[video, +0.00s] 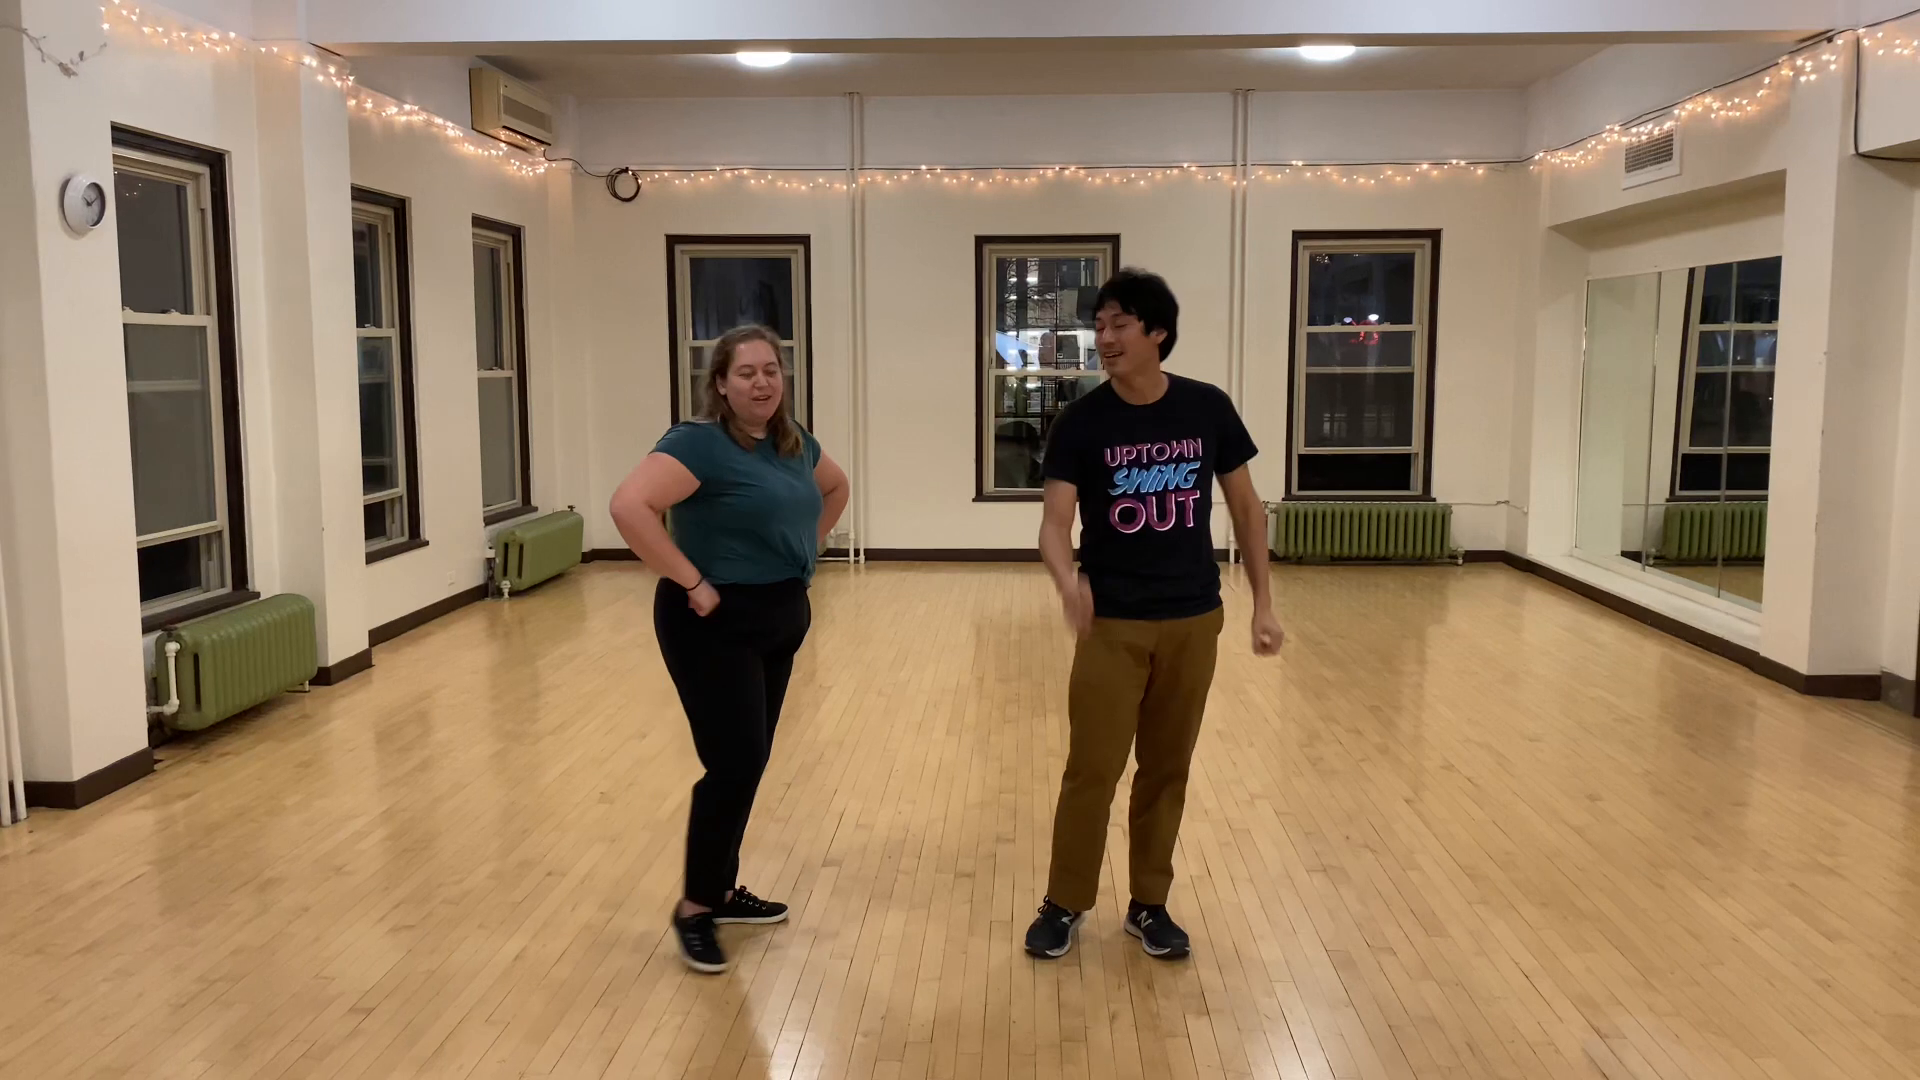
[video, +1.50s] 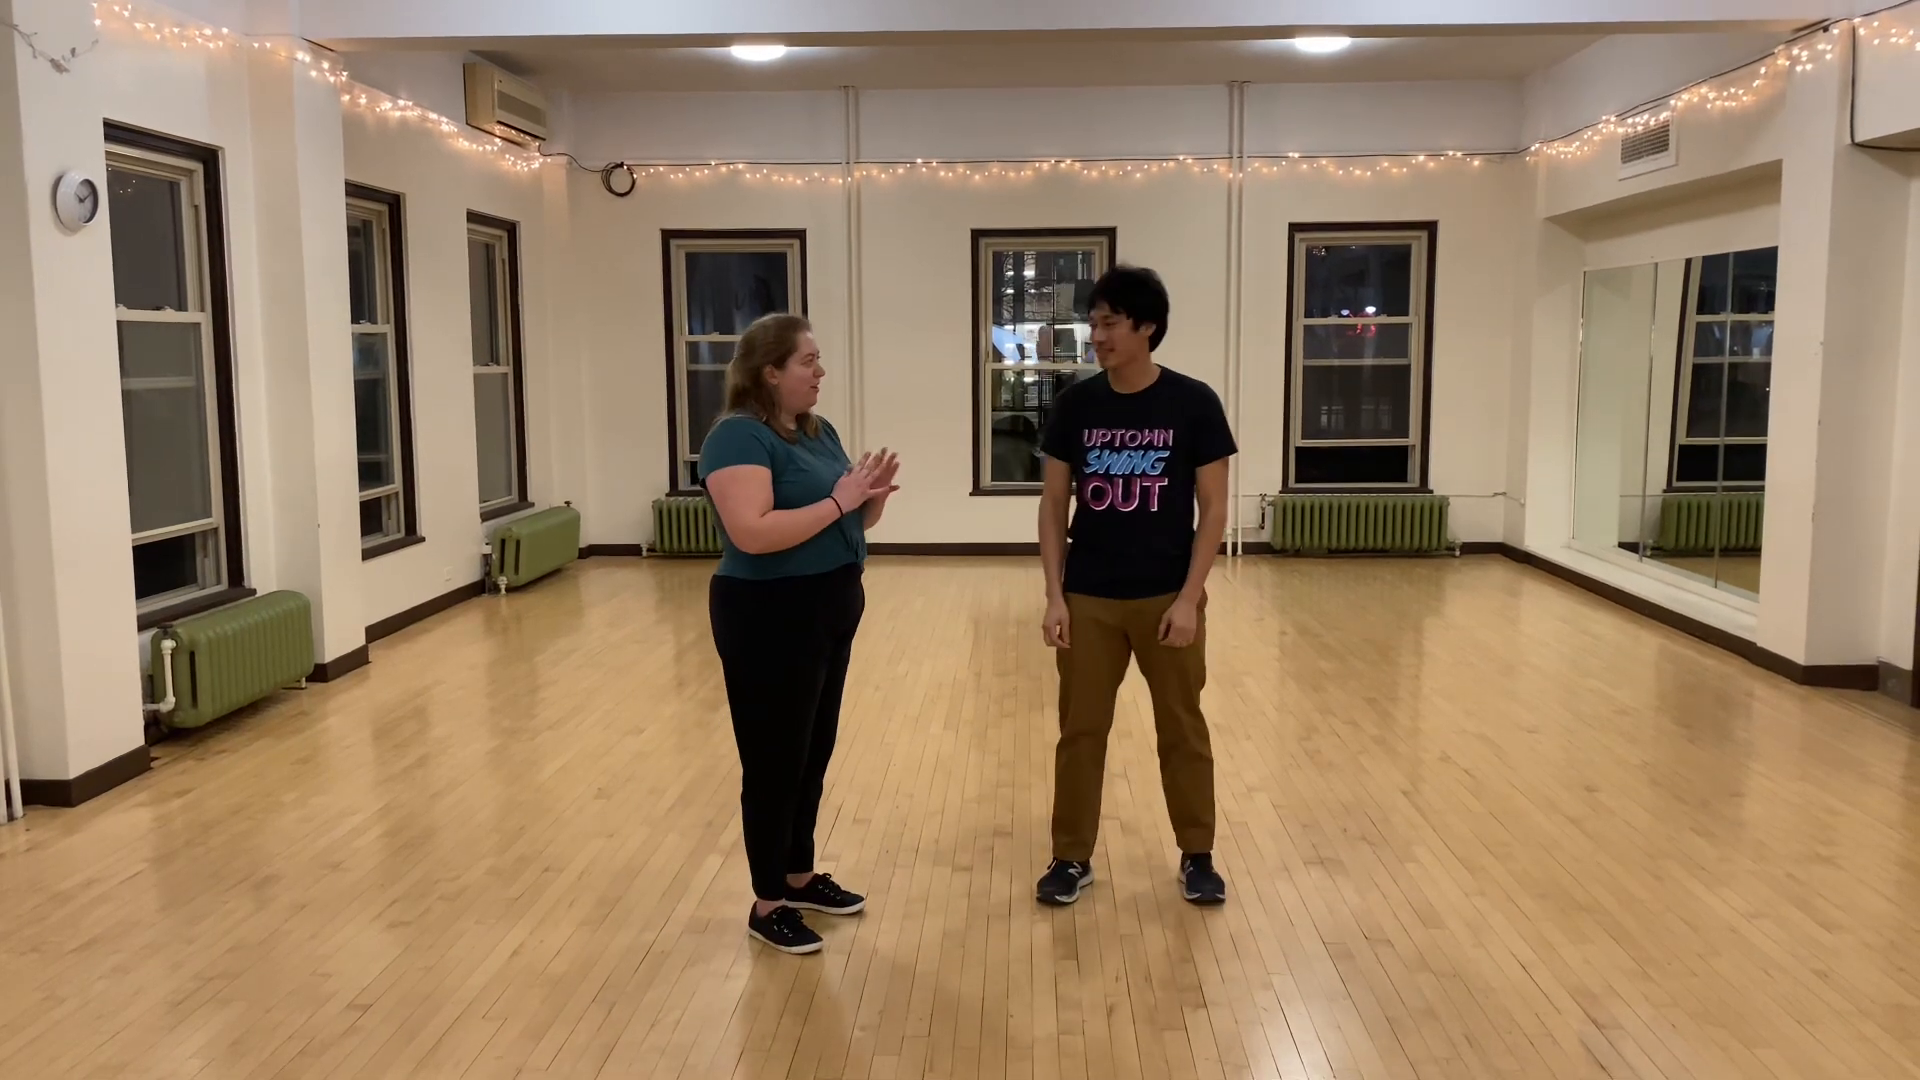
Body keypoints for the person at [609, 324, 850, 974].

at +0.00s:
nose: (762, 382)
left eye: (771, 370)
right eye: (747, 372)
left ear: (784, 378)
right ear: (722, 383)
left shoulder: (792, 441)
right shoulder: (698, 442)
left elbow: (836, 488)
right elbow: (629, 505)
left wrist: (800, 549)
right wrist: (692, 583)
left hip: (774, 613)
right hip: (708, 616)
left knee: (749, 760)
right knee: (732, 762)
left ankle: (720, 890)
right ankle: (693, 911)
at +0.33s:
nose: (787, 385)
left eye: (794, 373)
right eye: (773, 374)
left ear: (801, 380)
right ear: (739, 383)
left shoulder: (799, 448)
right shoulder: (710, 445)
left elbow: (796, 527)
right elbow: (686, 537)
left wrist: (841, 540)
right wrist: (787, 544)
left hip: (789, 618)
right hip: (724, 622)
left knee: (748, 751)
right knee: (767, 754)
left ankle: (714, 888)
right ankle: (768, 909)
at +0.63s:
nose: (797, 380)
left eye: (802, 370)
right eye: (783, 369)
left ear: (805, 377)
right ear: (745, 377)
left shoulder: (802, 442)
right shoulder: (721, 443)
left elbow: (833, 531)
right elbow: (737, 542)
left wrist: (854, 505)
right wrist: (823, 512)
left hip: (805, 614)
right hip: (746, 621)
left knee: (810, 746)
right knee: (763, 757)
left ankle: (748, 866)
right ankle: (767, 907)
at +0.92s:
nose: (804, 378)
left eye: (807, 367)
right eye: (792, 367)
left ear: (806, 374)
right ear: (752, 375)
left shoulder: (813, 440)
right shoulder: (722, 443)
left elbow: (844, 532)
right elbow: (736, 539)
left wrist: (861, 507)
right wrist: (823, 508)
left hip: (815, 610)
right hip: (750, 618)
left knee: (807, 752)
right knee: (763, 758)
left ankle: (797, 879)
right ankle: (766, 904)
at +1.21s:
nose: (817, 373)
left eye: (816, 363)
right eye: (805, 363)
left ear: (803, 373)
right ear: (766, 373)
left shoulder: (820, 438)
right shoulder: (730, 441)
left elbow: (851, 532)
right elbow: (743, 537)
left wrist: (871, 499)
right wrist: (830, 503)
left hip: (822, 611)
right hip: (759, 618)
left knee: (811, 751)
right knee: (770, 757)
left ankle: (797, 877)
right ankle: (768, 903)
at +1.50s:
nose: (820, 372)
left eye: (819, 361)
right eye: (808, 362)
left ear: (806, 372)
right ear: (769, 372)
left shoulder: (820, 434)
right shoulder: (735, 438)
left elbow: (850, 528)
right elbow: (751, 534)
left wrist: (872, 500)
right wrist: (836, 503)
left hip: (824, 608)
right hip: (762, 614)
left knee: (812, 750)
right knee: (773, 757)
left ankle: (797, 877)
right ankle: (767, 904)